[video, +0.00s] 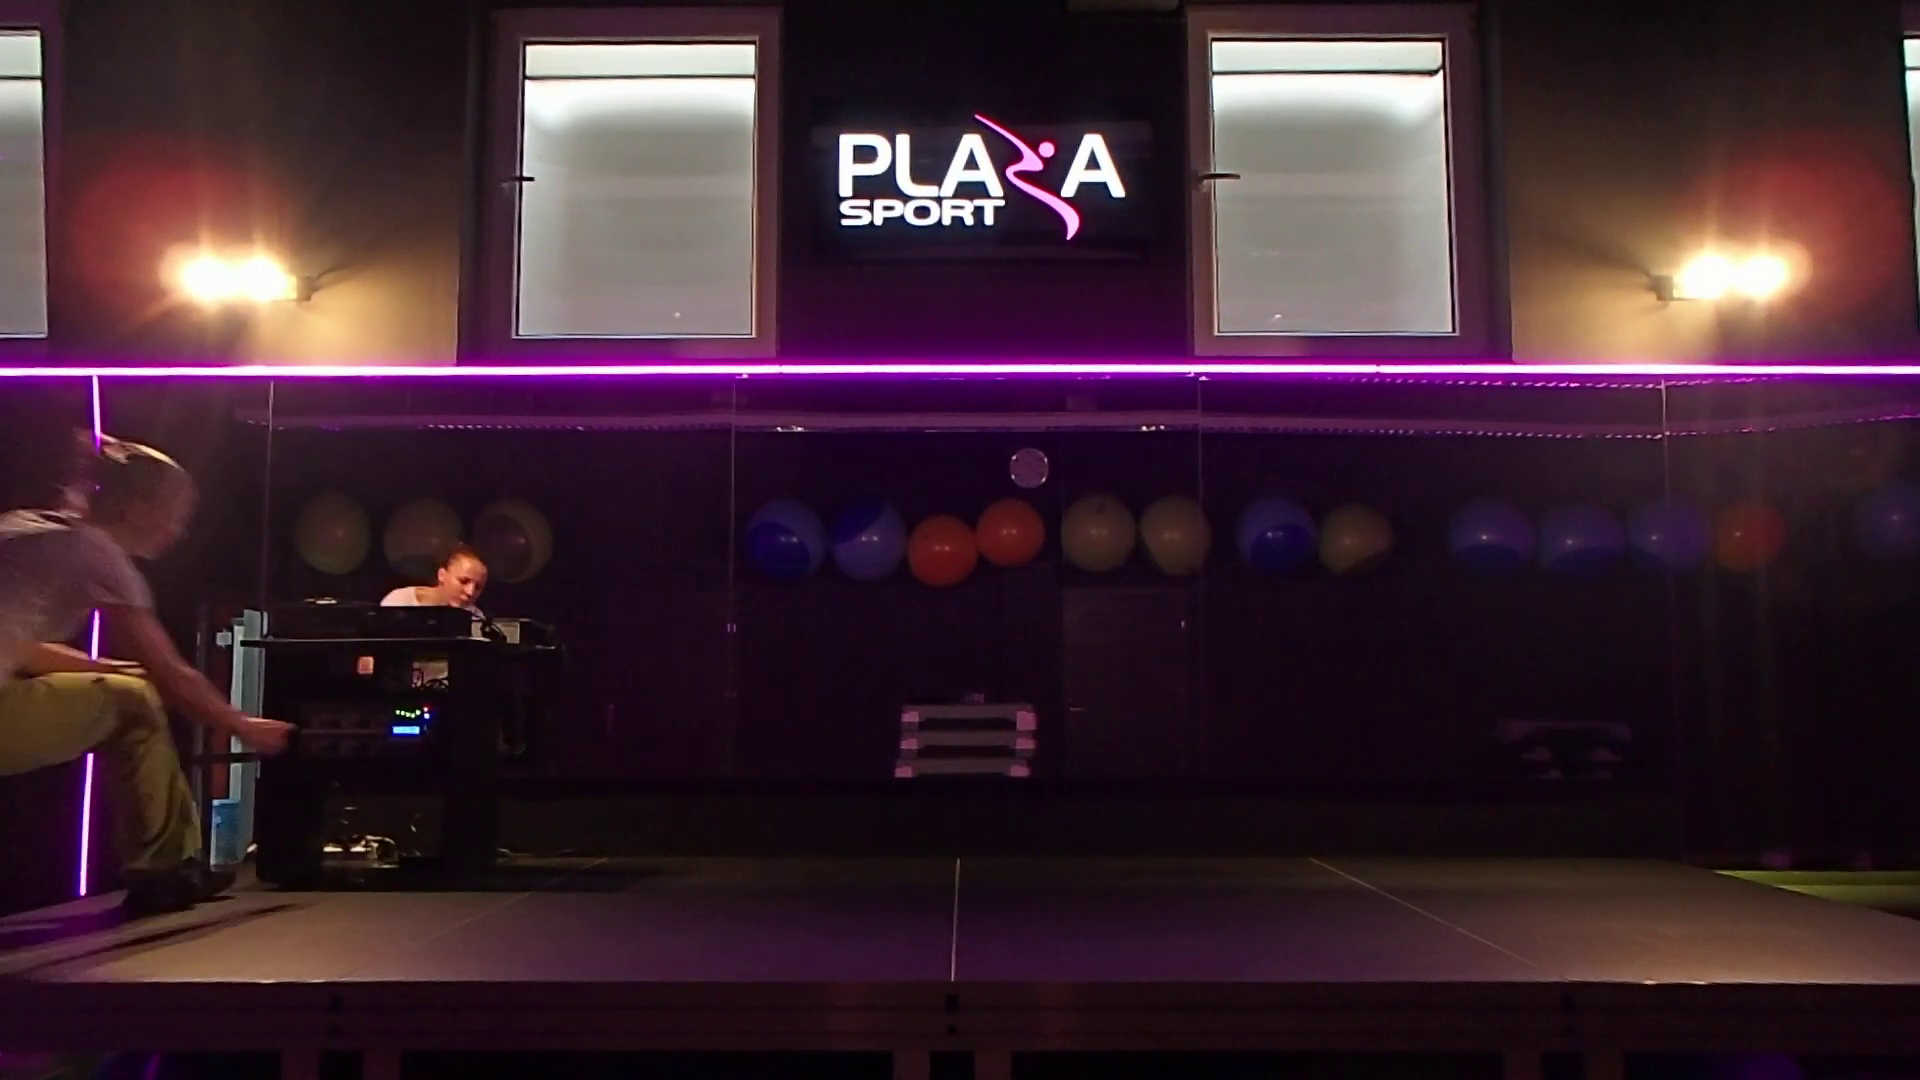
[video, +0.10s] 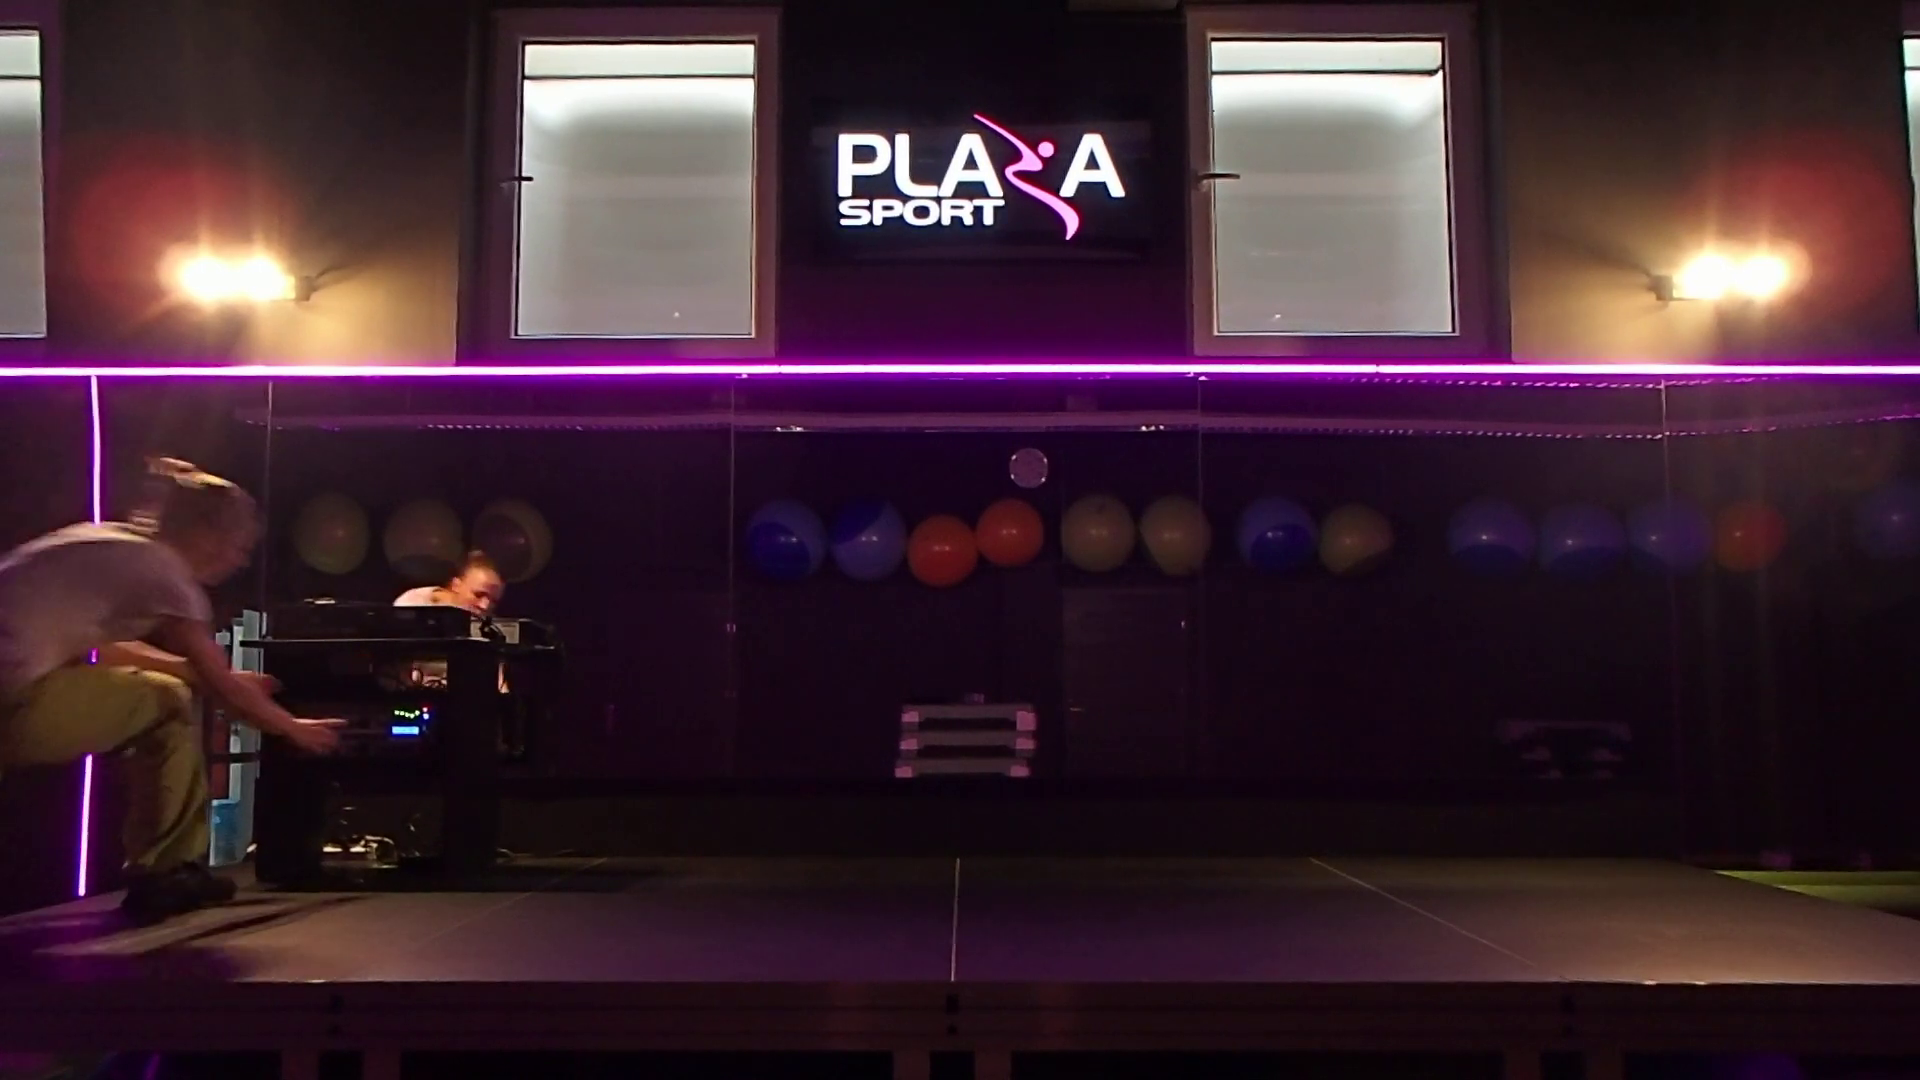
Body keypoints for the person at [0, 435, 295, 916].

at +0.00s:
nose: (178, 534)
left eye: (182, 521)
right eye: (175, 517)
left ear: (124, 502)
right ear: (137, 506)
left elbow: (22, 649)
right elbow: (171, 673)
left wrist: (118, 671)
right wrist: (244, 725)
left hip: (11, 694)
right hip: (7, 705)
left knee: (131, 695)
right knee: (136, 702)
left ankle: (165, 865)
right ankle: (161, 872)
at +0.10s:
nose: (241, 562)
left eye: (246, 550)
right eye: (240, 546)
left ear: (182, 523)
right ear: (207, 533)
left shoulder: (116, 544)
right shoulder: (162, 568)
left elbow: (105, 650)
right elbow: (225, 684)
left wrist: (214, 675)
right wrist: (293, 727)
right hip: (15, 706)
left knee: (160, 694)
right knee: (169, 699)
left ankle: (153, 867)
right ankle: (166, 871)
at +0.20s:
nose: (292, 583)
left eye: (299, 571)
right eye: (292, 567)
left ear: (243, 534)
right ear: (263, 549)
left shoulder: (183, 550)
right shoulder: (223, 574)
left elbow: (168, 645)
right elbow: (269, 692)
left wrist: (264, 680)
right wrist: (330, 733)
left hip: (11, 664)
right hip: (48, 668)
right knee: (190, 703)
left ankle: (148, 863)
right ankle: (168, 873)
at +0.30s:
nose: (327, 602)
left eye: (334, 593)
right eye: (332, 589)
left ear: (285, 543)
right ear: (309, 567)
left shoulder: (210, 557)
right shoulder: (265, 575)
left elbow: (214, 653)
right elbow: (289, 696)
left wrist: (292, 686)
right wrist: (348, 738)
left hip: (13, 626)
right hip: (85, 632)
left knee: (11, 786)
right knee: (206, 716)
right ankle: (168, 870)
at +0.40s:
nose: (351, 616)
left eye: (359, 608)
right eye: (355, 603)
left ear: (311, 553)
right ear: (331, 577)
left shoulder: (240, 563)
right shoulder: (291, 578)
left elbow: (224, 648)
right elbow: (302, 699)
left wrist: (298, 691)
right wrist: (353, 742)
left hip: (32, 603)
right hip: (110, 608)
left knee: (37, 771)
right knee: (217, 713)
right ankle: (171, 872)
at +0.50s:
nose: (358, 628)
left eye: (369, 620)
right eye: (366, 616)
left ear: (340, 570)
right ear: (349, 588)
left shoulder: (256, 567)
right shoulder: (305, 584)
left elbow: (226, 645)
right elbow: (303, 705)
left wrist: (299, 694)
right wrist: (350, 744)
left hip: (48, 587)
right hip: (123, 591)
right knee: (222, 715)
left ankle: (1, 864)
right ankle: (170, 872)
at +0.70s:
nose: (359, 639)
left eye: (371, 634)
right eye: (370, 628)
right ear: (359, 601)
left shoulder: (269, 564)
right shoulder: (316, 582)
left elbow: (232, 644)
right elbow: (302, 710)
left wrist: (298, 693)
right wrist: (347, 743)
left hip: (65, 577)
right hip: (130, 584)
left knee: (160, 714)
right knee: (231, 711)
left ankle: (43, 817)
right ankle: (172, 871)